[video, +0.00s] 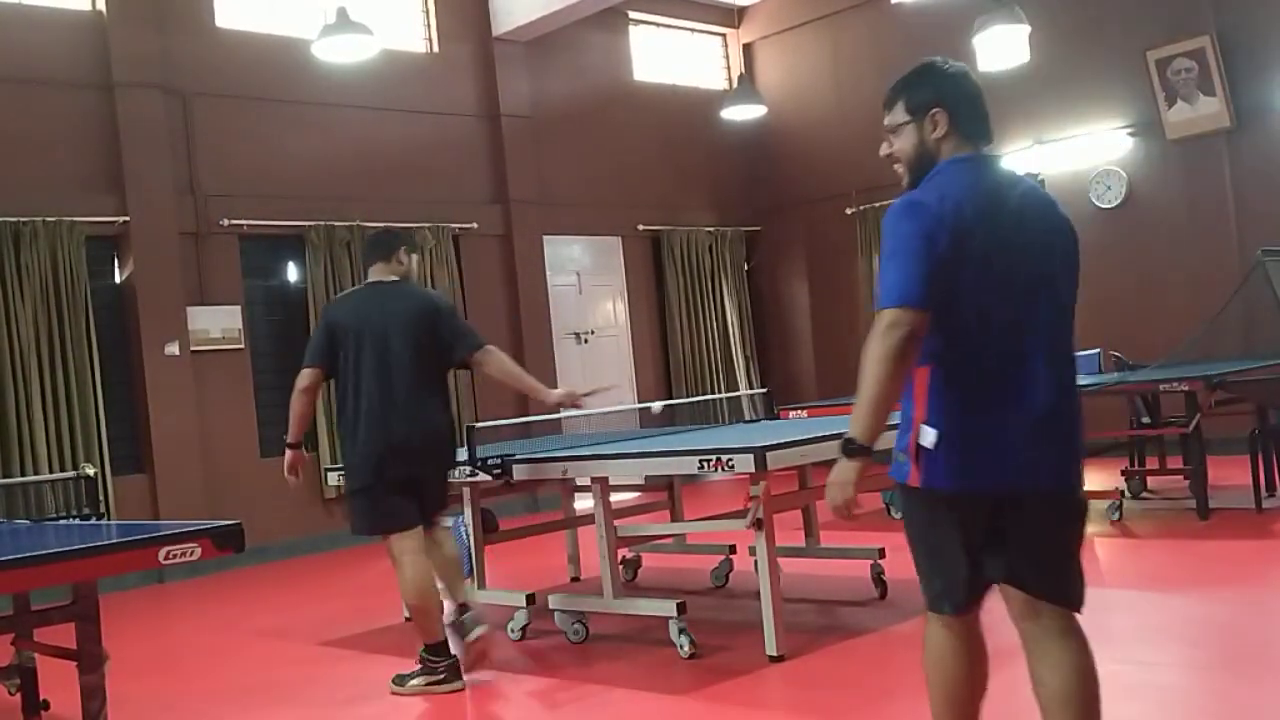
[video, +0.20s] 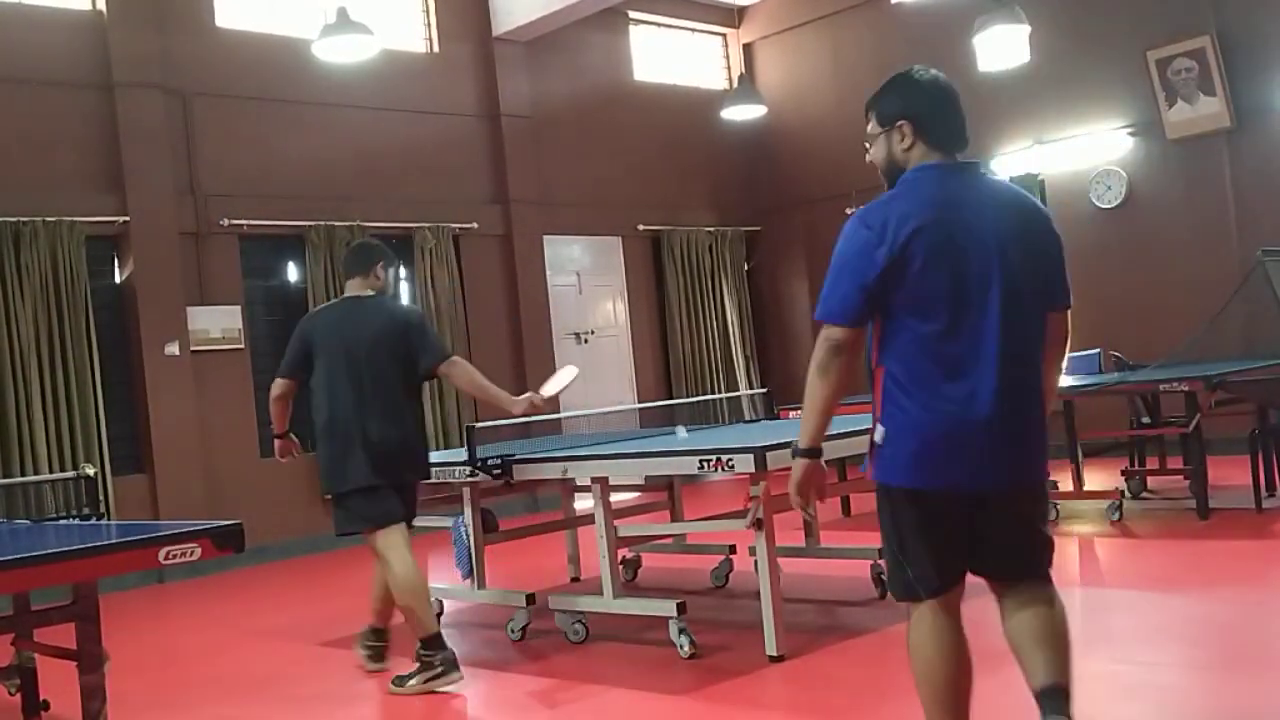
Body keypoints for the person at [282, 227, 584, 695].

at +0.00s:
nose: (417, 267)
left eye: (414, 260)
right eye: (414, 260)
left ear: (367, 264)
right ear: (403, 258)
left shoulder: (338, 310)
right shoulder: (429, 304)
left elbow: (307, 384)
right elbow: (483, 357)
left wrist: (294, 443)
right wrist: (545, 394)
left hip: (373, 450)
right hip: (431, 443)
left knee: (407, 548)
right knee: (433, 527)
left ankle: (439, 661)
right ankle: (462, 611)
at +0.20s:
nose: (391, 281)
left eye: (389, 274)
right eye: (390, 274)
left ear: (345, 276)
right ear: (379, 273)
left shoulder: (315, 322)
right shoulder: (403, 318)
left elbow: (280, 391)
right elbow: (450, 368)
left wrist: (280, 433)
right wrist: (510, 402)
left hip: (347, 454)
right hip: (402, 450)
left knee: (393, 549)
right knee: (391, 545)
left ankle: (436, 655)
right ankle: (375, 638)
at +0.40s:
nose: (371, 282)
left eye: (368, 276)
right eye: (370, 276)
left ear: (324, 279)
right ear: (362, 277)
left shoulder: (297, 322)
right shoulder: (383, 318)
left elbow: (270, 390)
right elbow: (429, 369)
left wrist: (263, 440)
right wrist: (487, 388)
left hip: (321, 456)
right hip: (375, 454)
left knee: (324, 542)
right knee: (365, 542)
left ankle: (386, 611)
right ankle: (361, 640)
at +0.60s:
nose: (345, 282)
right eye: (344, 277)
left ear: (303, 281)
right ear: (340, 280)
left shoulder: (281, 327)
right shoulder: (368, 321)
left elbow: (263, 389)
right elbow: (418, 364)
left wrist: (249, 449)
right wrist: (457, 370)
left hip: (304, 450)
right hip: (361, 448)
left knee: (299, 528)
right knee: (361, 536)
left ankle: (318, 620)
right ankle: (362, 643)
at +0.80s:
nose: (321, 293)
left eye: (284, 294)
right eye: (321, 288)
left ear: (283, 297)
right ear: (321, 293)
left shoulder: (269, 340)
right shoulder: (350, 334)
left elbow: (254, 397)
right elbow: (393, 378)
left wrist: (232, 457)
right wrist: (421, 375)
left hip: (290, 462)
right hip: (345, 457)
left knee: (298, 539)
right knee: (350, 535)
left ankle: (303, 625)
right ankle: (361, 630)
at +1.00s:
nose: (309, 296)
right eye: (308, 291)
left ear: (268, 297)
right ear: (305, 295)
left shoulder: (251, 340)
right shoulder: (328, 335)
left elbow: (228, 394)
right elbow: (377, 383)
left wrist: (201, 450)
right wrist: (390, 380)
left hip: (275, 452)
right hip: (324, 447)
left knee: (288, 531)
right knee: (326, 523)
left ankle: (304, 625)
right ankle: (341, 581)